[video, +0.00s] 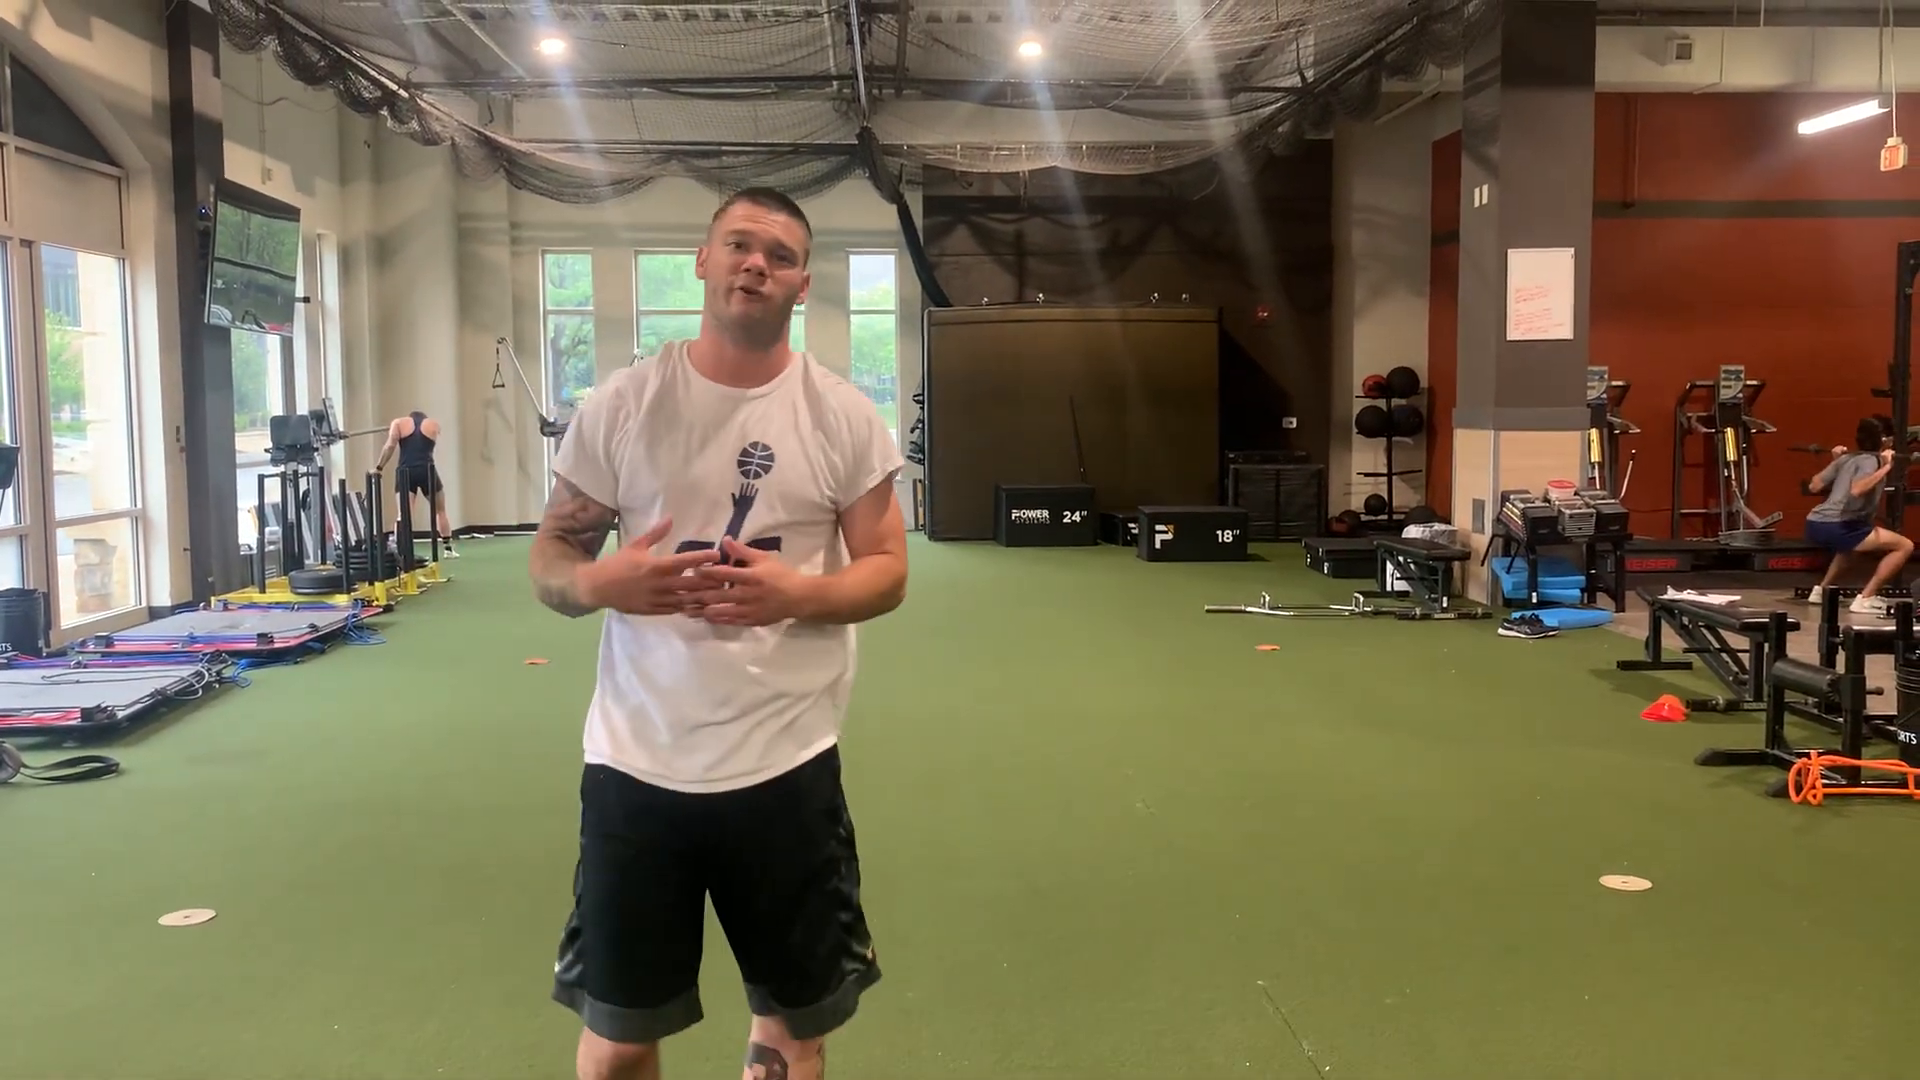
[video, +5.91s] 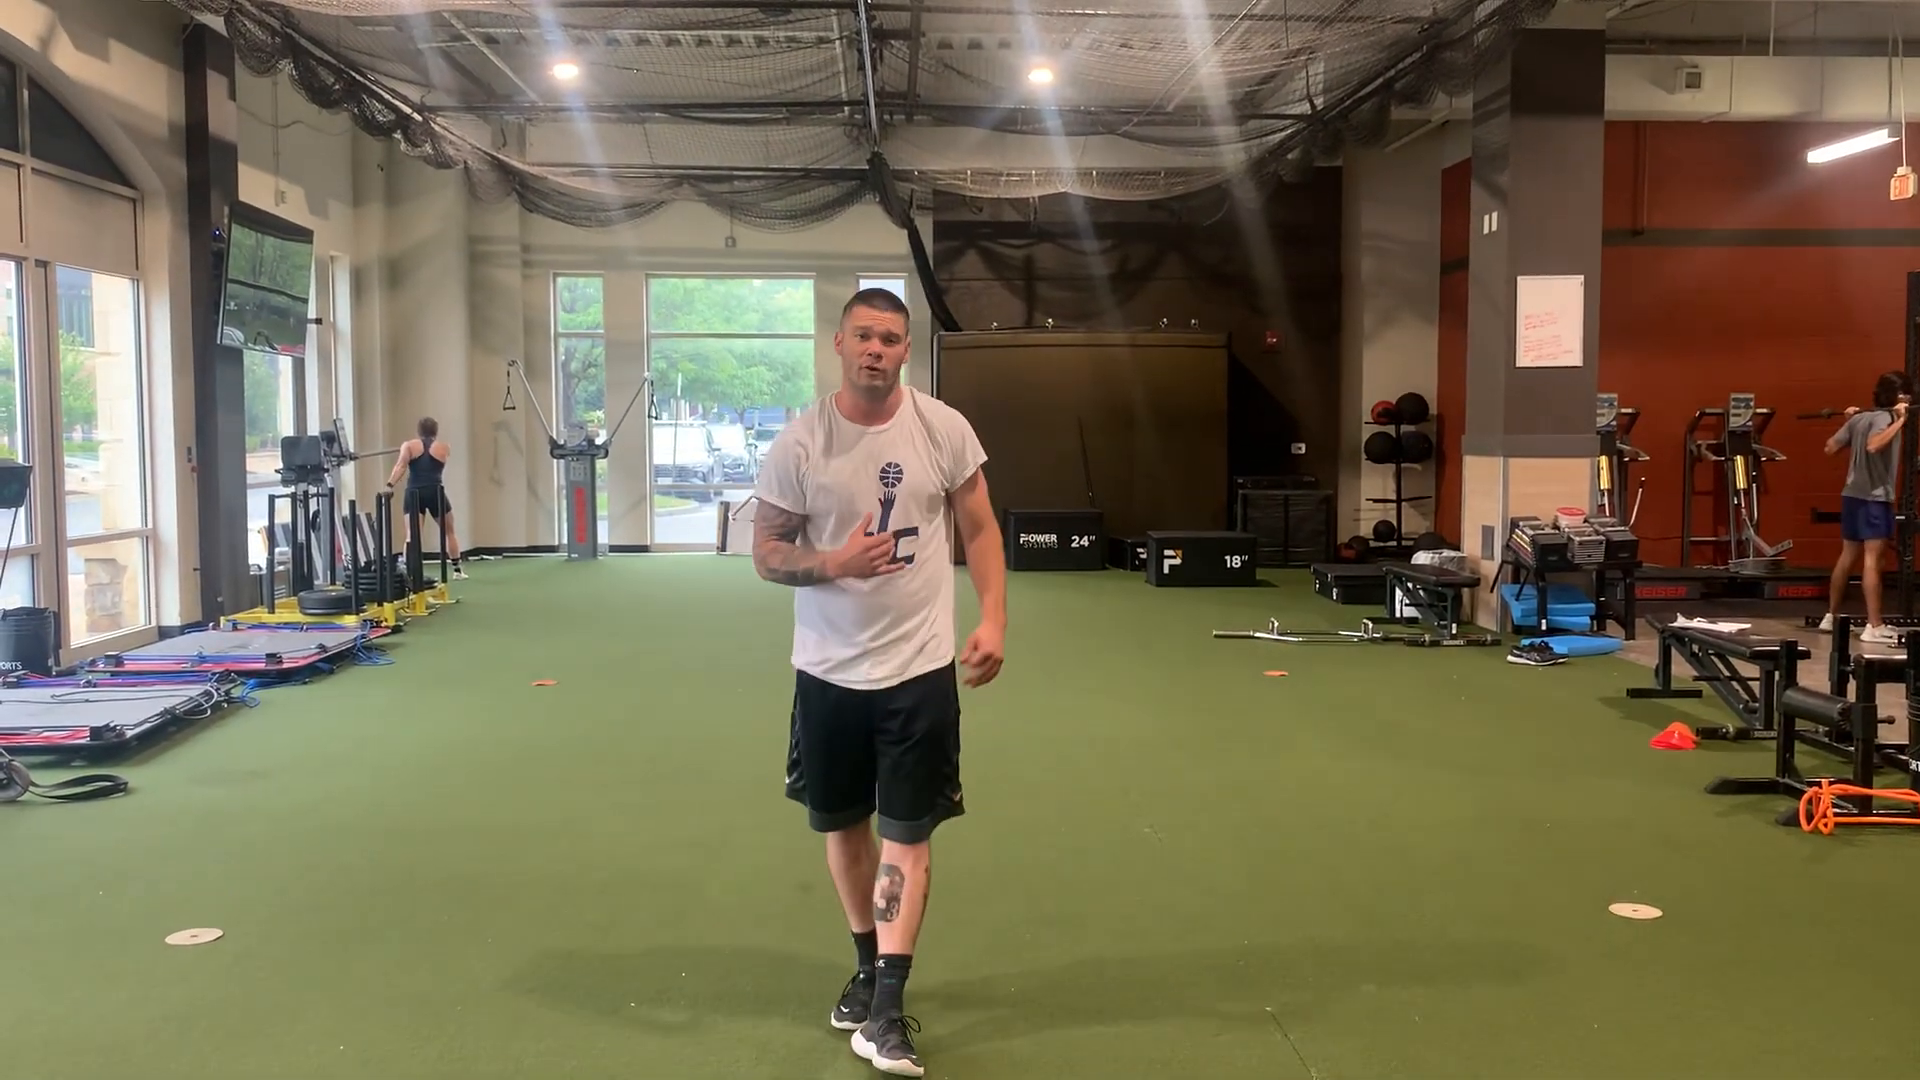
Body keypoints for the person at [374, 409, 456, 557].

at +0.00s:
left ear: (410, 416)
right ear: (424, 417)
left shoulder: (398, 423)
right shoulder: (433, 425)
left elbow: (390, 446)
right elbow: (430, 446)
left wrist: (379, 467)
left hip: (405, 472)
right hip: (426, 471)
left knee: (403, 514)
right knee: (440, 510)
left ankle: (397, 547)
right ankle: (448, 548)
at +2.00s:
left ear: (403, 429)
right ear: (419, 431)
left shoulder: (393, 436)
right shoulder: (427, 440)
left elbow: (383, 459)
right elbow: (424, 456)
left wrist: (383, 449)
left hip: (398, 485)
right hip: (419, 484)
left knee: (395, 528)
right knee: (432, 524)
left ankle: (389, 563)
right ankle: (441, 563)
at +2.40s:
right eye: (422, 435)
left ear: (405, 432)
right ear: (421, 433)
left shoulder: (394, 440)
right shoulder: (429, 443)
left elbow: (385, 462)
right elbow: (422, 461)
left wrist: (376, 473)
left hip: (399, 488)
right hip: (420, 487)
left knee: (396, 532)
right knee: (433, 528)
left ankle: (392, 567)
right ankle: (442, 566)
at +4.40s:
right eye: (423, 433)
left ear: (407, 433)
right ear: (424, 434)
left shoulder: (398, 449)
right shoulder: (432, 451)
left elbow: (390, 473)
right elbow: (429, 470)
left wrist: (387, 467)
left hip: (404, 496)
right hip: (425, 495)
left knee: (401, 539)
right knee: (439, 535)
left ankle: (396, 573)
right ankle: (448, 573)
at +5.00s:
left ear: (414, 437)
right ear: (431, 437)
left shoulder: (405, 453)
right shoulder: (440, 455)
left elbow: (398, 476)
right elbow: (434, 473)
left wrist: (388, 491)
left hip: (411, 499)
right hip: (432, 498)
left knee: (408, 543)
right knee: (446, 538)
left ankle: (404, 577)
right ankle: (455, 576)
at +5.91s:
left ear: (419, 431)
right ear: (435, 432)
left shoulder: (409, 446)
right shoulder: (444, 448)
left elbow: (401, 466)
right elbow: (438, 467)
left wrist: (391, 483)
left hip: (414, 492)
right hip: (435, 491)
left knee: (411, 535)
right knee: (449, 532)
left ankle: (407, 570)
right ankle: (457, 569)